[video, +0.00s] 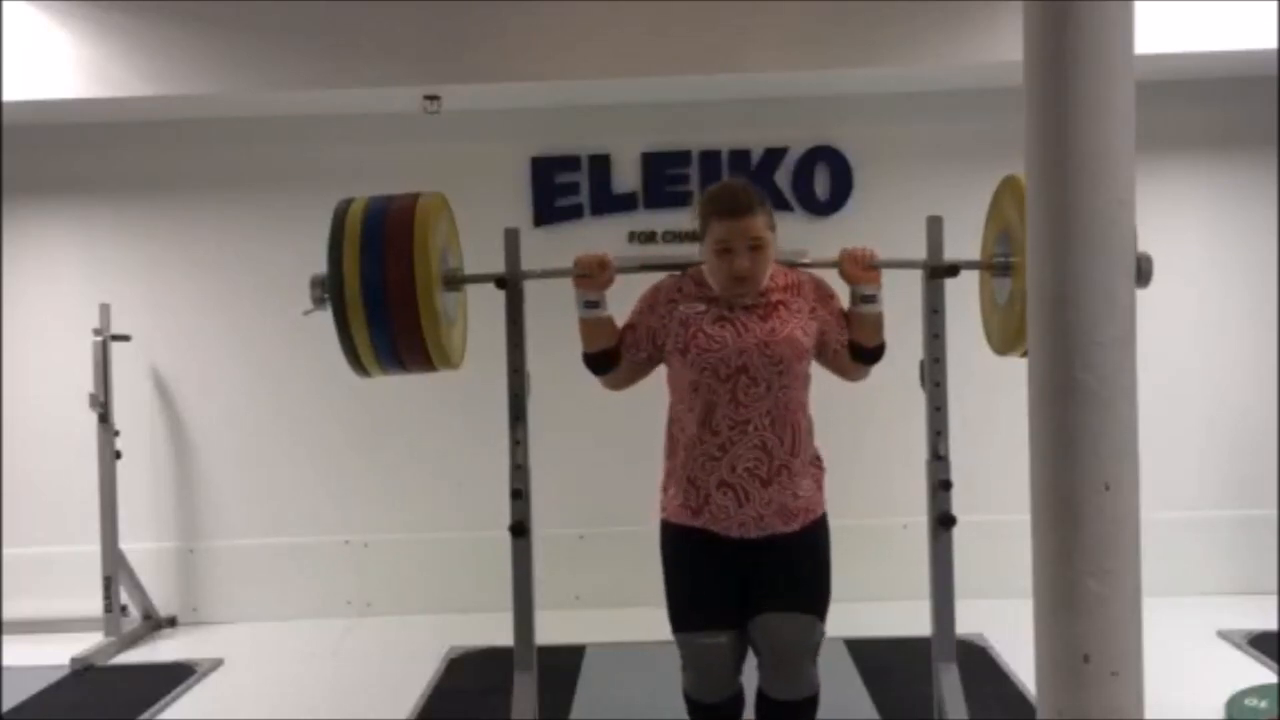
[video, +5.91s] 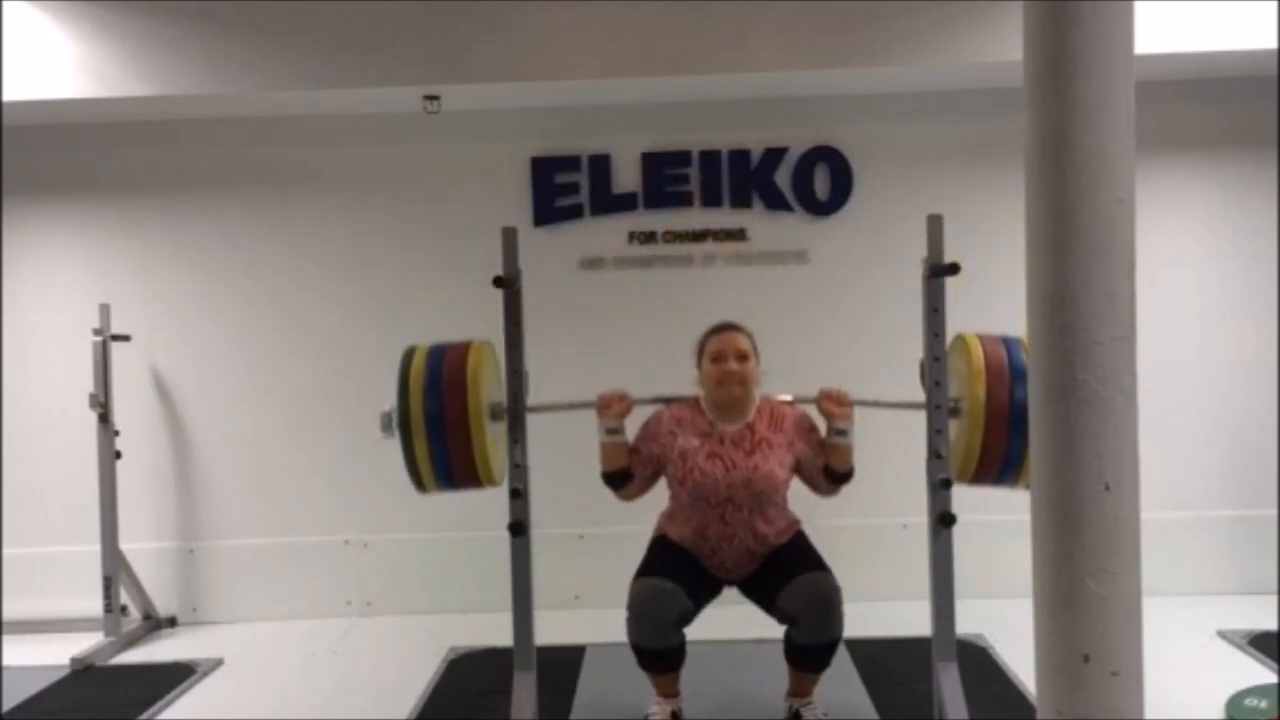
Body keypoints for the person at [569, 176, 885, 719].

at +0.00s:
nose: (741, 263)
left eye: (754, 247)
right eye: (725, 249)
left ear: (773, 243)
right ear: (703, 247)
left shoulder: (804, 294)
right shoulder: (672, 300)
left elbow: (855, 366)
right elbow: (613, 371)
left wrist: (867, 293)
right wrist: (591, 299)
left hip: (789, 525)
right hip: (699, 527)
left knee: (791, 680)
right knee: (709, 683)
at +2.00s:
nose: (748, 249)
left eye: (760, 235)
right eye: (734, 237)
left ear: (775, 229)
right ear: (712, 232)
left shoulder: (796, 274)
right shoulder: (680, 276)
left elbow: (837, 336)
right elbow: (629, 338)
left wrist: (852, 280)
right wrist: (615, 281)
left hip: (775, 465)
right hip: (697, 464)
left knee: (772, 597)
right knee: (706, 595)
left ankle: (771, 711)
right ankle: (709, 716)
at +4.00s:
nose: (702, 232)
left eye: (711, 222)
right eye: (689, 223)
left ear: (727, 228)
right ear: (671, 230)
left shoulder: (753, 278)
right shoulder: (642, 280)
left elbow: (793, 340)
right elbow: (599, 341)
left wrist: (805, 284)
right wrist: (585, 281)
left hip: (742, 459)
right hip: (665, 461)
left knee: (763, 580)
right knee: (670, 582)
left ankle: (795, 696)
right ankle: (665, 698)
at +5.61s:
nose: (726, 294)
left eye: (736, 285)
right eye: (713, 286)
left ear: (752, 297)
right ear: (695, 300)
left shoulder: (780, 352)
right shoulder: (666, 354)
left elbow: (822, 414)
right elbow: (621, 418)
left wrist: (833, 357)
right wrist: (606, 357)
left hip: (764, 489)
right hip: (682, 492)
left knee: (808, 584)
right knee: (656, 590)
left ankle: (801, 700)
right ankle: (665, 703)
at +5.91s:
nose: (730, 367)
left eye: (741, 358)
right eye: (717, 359)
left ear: (757, 370)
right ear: (699, 372)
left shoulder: (786, 421)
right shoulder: (671, 423)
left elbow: (828, 484)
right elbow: (627, 488)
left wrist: (840, 429)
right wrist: (611, 429)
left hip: (770, 545)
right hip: (688, 547)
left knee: (820, 604)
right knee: (650, 611)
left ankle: (801, 703)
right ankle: (667, 705)